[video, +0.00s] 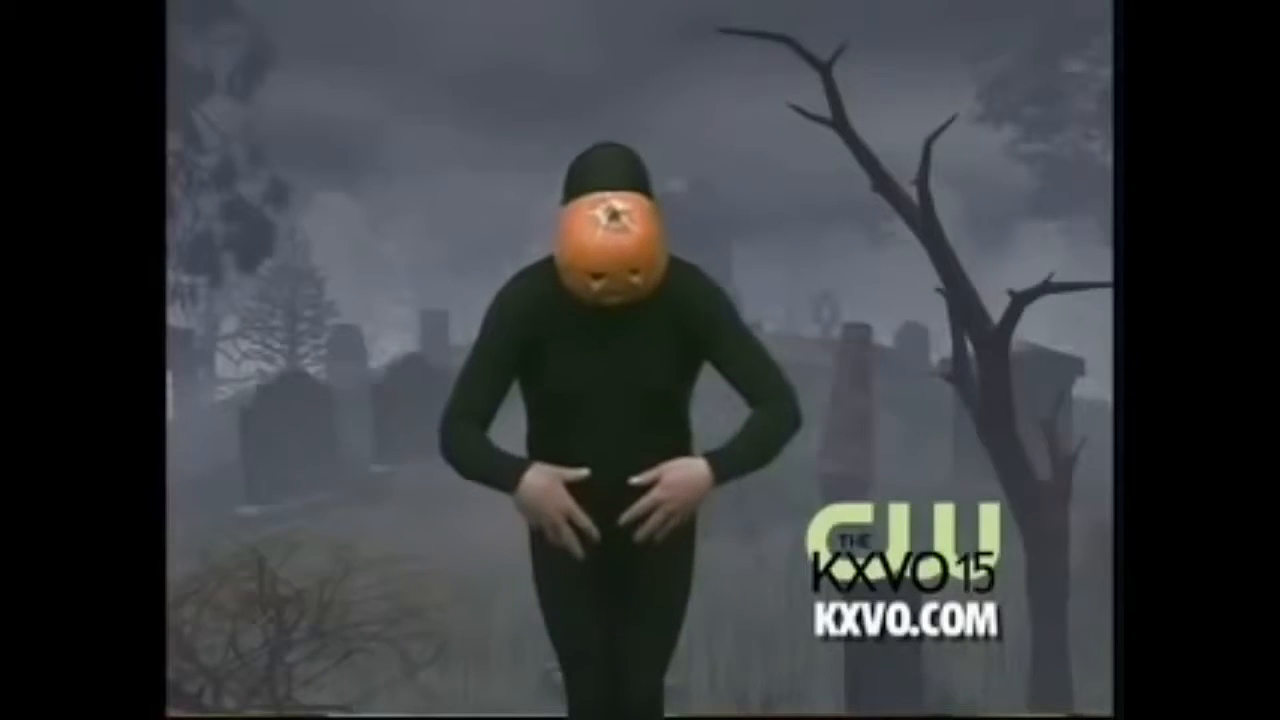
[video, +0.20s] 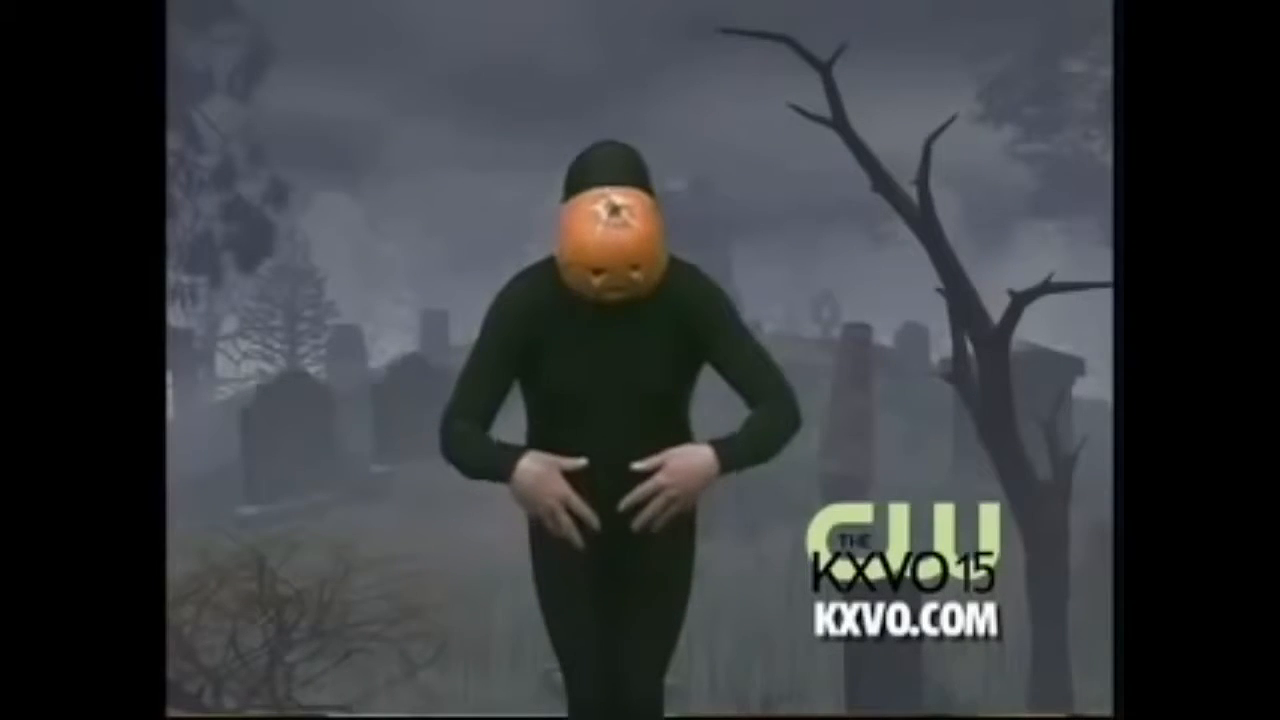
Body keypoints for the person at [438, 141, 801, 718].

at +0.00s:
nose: (609, 220)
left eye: (626, 206)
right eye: (592, 206)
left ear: (653, 219)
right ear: (565, 221)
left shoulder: (687, 294)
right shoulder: (528, 299)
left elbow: (780, 409)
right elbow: (458, 435)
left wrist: (710, 471)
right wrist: (520, 478)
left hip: (660, 527)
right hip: (562, 528)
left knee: (639, 694)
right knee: (589, 694)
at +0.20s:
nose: (609, 218)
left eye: (626, 203)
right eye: (593, 203)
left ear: (654, 215)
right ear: (565, 216)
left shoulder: (687, 296)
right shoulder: (528, 300)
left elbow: (780, 410)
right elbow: (458, 434)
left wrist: (714, 459)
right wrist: (514, 466)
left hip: (659, 527)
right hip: (561, 528)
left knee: (638, 693)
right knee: (589, 693)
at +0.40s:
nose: (610, 214)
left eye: (627, 200)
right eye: (594, 200)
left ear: (656, 215)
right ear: (565, 215)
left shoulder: (688, 297)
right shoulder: (529, 301)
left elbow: (780, 411)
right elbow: (459, 434)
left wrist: (720, 446)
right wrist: (508, 453)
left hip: (660, 530)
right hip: (564, 533)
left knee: (639, 694)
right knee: (589, 693)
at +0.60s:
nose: (612, 206)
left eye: (630, 193)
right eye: (596, 193)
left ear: (658, 210)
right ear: (566, 209)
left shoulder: (689, 299)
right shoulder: (530, 302)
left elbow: (781, 415)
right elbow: (459, 434)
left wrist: (729, 431)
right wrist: (500, 439)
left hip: (659, 524)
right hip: (564, 527)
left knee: (638, 693)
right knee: (589, 692)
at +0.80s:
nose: (614, 197)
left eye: (630, 186)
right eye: (597, 186)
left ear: (658, 206)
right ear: (566, 205)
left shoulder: (690, 299)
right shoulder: (529, 302)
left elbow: (782, 418)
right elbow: (454, 435)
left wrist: (742, 414)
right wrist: (488, 425)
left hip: (659, 525)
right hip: (564, 528)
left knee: (639, 696)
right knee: (590, 694)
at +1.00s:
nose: (614, 191)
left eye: (630, 181)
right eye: (597, 181)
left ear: (658, 203)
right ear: (567, 203)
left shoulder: (691, 299)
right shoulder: (527, 302)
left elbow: (783, 418)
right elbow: (446, 434)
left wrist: (752, 395)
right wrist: (480, 407)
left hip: (658, 528)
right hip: (564, 530)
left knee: (639, 697)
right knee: (590, 697)